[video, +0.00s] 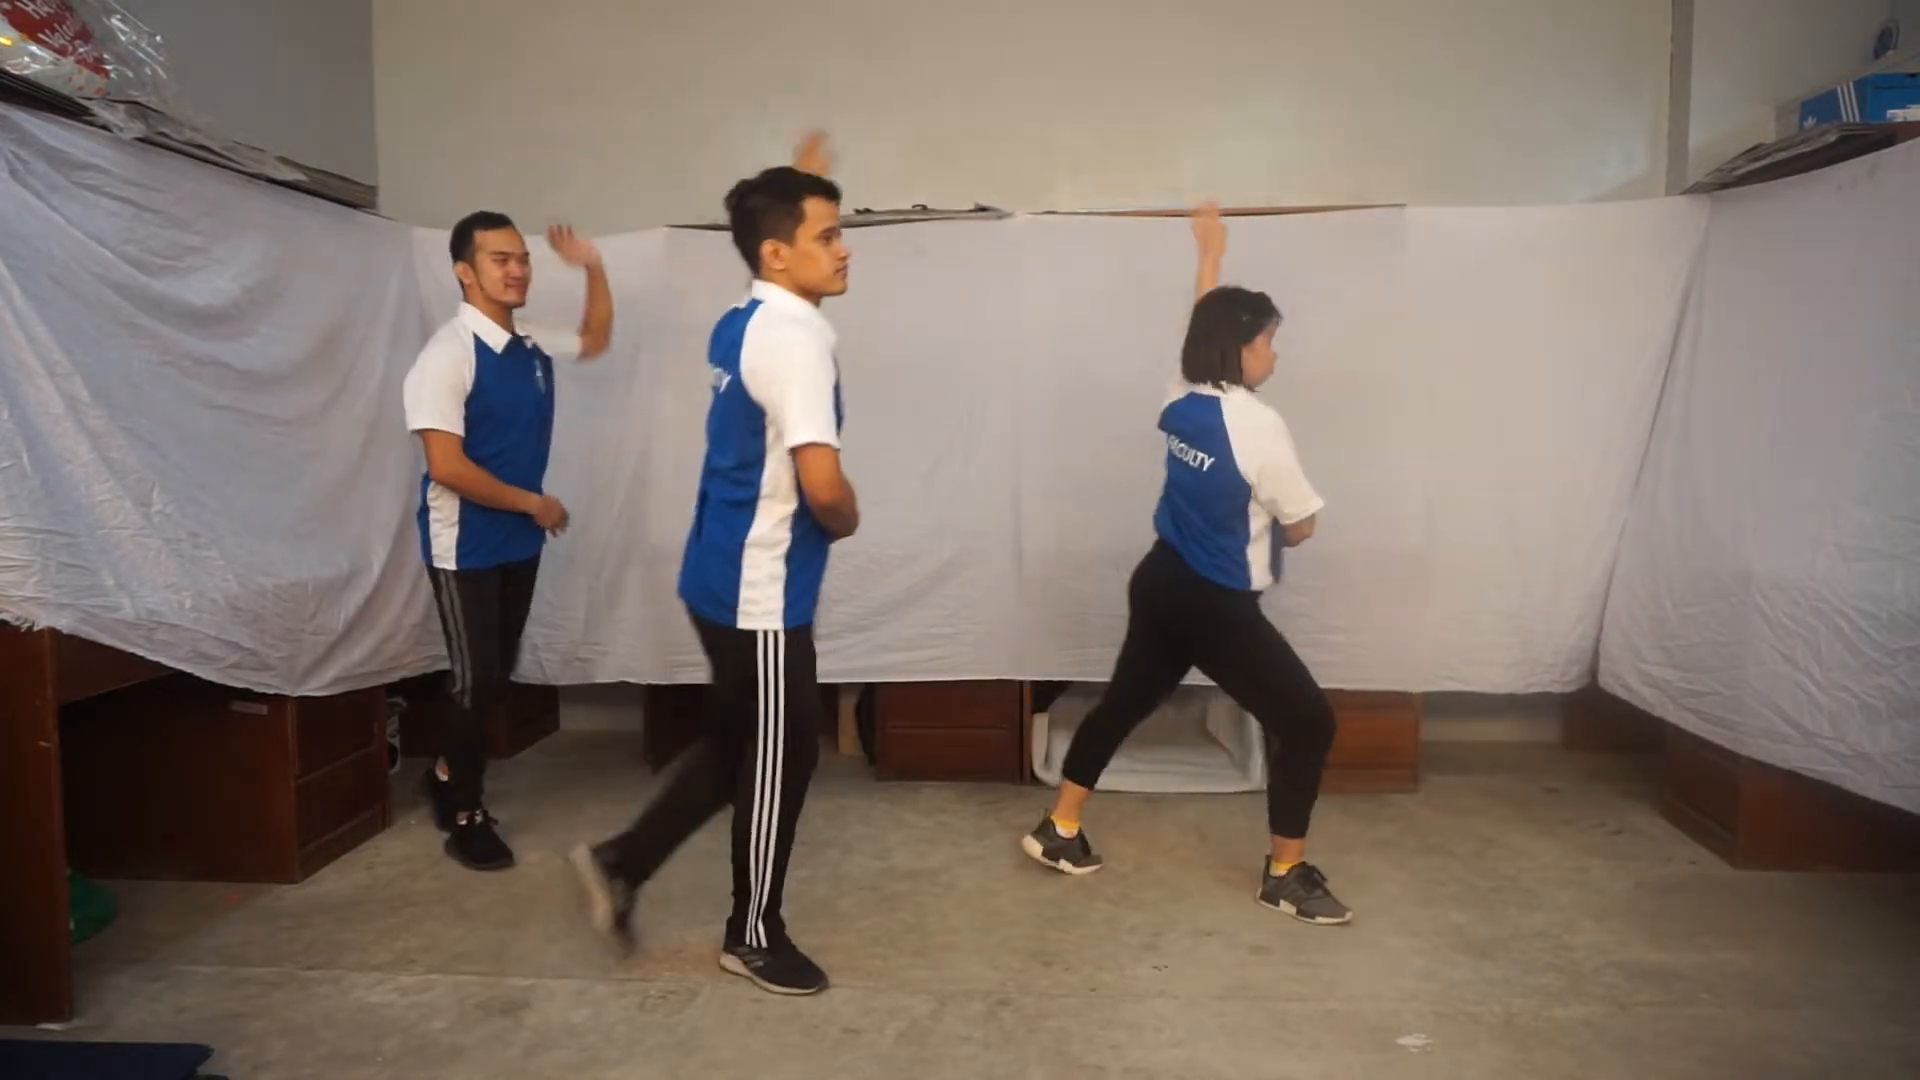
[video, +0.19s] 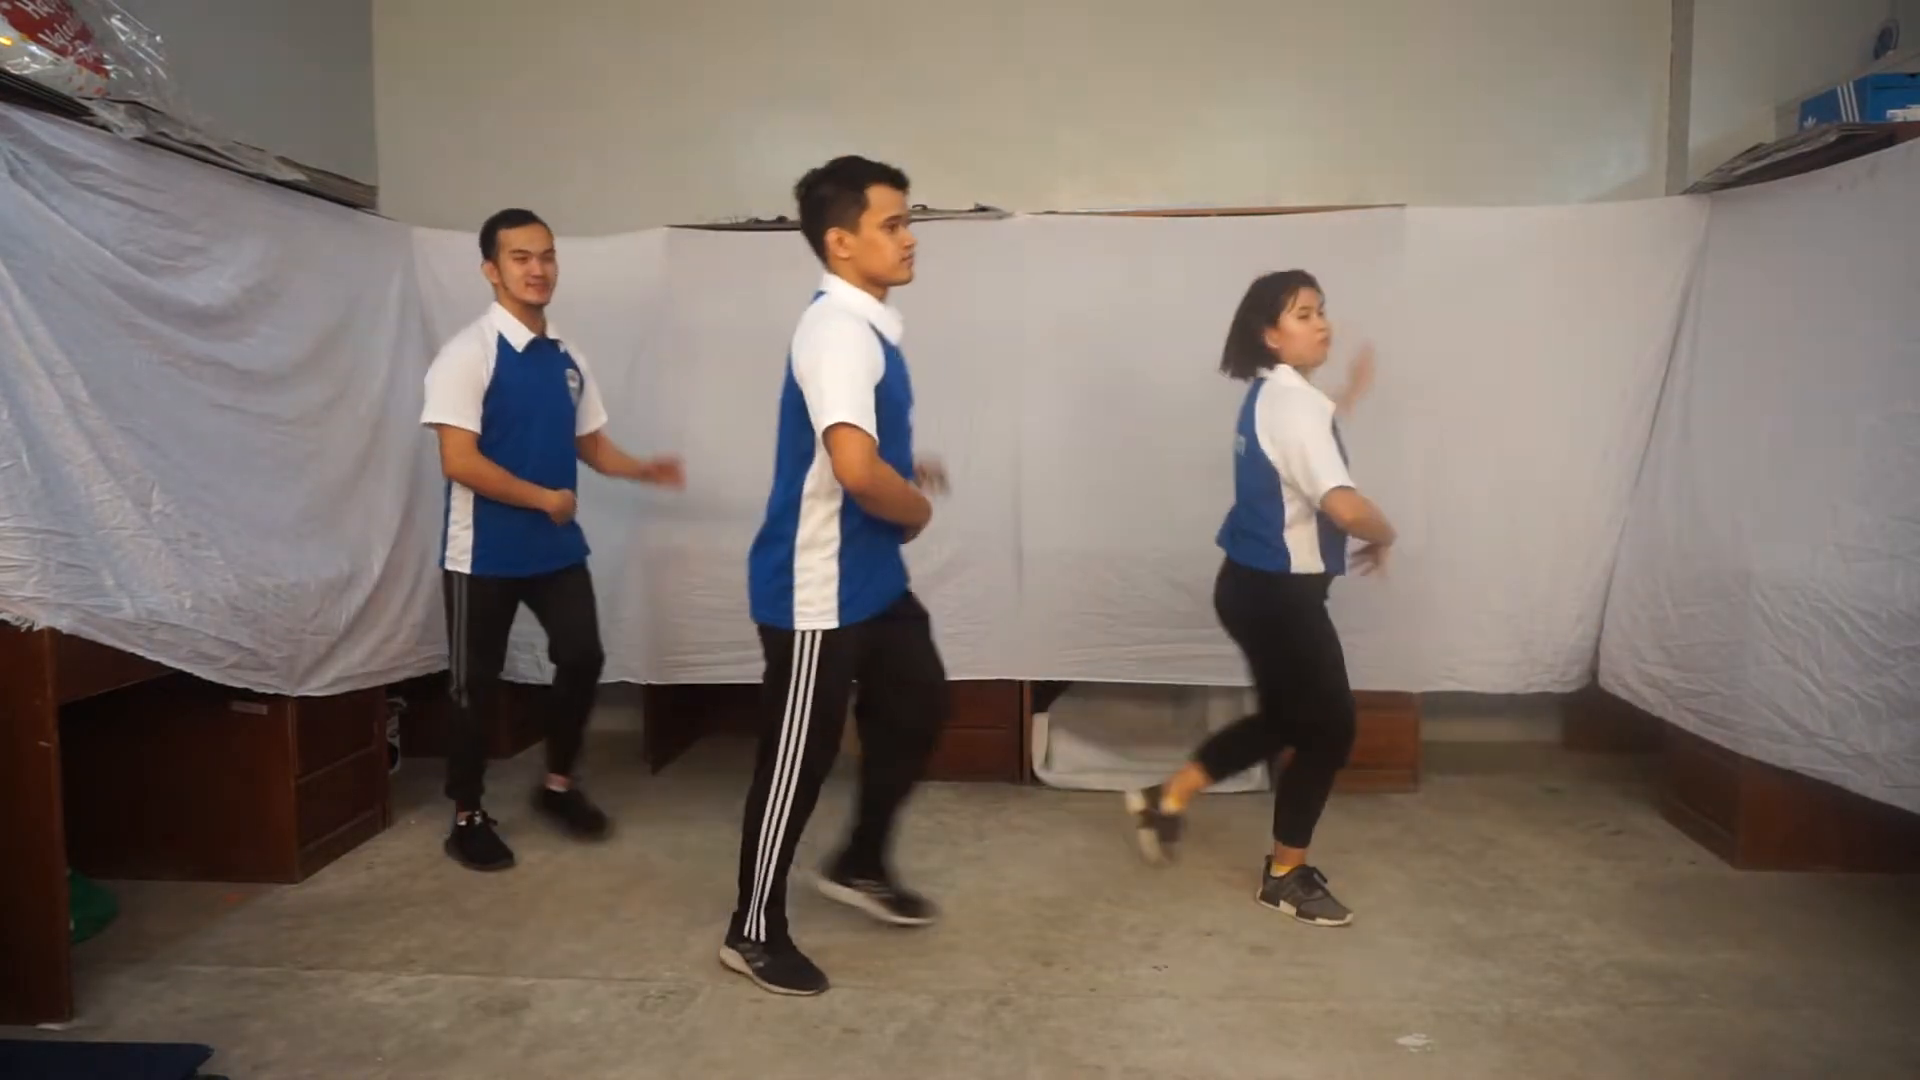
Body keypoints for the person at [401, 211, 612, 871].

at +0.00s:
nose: (518, 270)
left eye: (523, 259)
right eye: (502, 259)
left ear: (529, 270)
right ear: (465, 272)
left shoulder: (530, 348)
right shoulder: (446, 355)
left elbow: (594, 341)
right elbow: (445, 466)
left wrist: (593, 268)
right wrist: (532, 502)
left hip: (516, 543)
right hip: (462, 549)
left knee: (492, 678)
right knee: (476, 683)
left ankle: (448, 773)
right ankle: (468, 810)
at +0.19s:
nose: (538, 268)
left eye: (547, 257)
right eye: (522, 257)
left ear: (556, 266)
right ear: (491, 269)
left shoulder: (564, 357)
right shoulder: (468, 354)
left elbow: (590, 444)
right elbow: (458, 460)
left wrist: (641, 468)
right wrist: (543, 499)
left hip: (554, 548)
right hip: (482, 555)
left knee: (582, 658)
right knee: (475, 686)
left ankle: (559, 785)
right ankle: (468, 815)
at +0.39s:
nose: (585, 272)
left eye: (595, 261)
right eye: (570, 260)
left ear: (605, 271)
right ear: (540, 269)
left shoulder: (627, 358)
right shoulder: (506, 355)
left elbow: (650, 453)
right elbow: (480, 457)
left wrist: (645, 520)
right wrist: (572, 495)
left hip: (617, 557)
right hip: (541, 561)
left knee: (628, 693)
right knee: (537, 705)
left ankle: (636, 810)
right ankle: (489, 805)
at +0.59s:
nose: (624, 266)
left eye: (636, 254)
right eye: (609, 253)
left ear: (648, 264)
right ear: (582, 262)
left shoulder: (675, 348)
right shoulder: (545, 348)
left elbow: (723, 439)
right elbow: (515, 447)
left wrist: (711, 503)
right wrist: (569, 455)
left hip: (665, 556)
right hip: (587, 561)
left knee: (669, 682)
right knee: (597, 688)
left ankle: (659, 800)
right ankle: (606, 820)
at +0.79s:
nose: (675, 273)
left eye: (688, 261)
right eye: (661, 260)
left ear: (703, 273)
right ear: (637, 270)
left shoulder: (732, 359)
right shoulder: (602, 357)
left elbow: (755, 458)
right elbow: (567, 442)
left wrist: (716, 497)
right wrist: (510, 374)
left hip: (707, 559)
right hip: (627, 561)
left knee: (717, 691)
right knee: (609, 691)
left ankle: (789, 814)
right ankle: (605, 825)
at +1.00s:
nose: (696, 267)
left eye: (709, 256)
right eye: (694, 256)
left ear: (750, 266)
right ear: (700, 267)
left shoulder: (771, 348)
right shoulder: (695, 344)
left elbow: (754, 459)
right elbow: (631, 359)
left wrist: (673, 494)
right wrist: (620, 306)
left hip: (779, 558)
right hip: (713, 553)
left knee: (792, 696)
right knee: (687, 681)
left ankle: (809, 828)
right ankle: (714, 811)